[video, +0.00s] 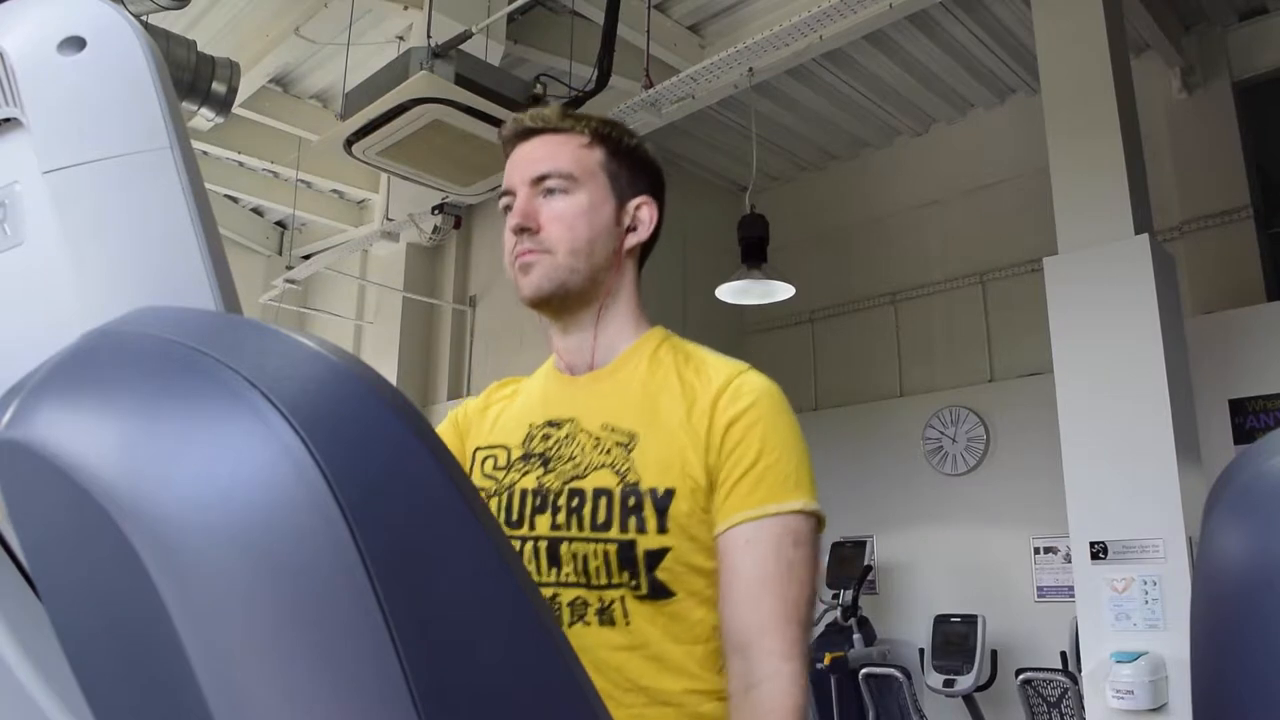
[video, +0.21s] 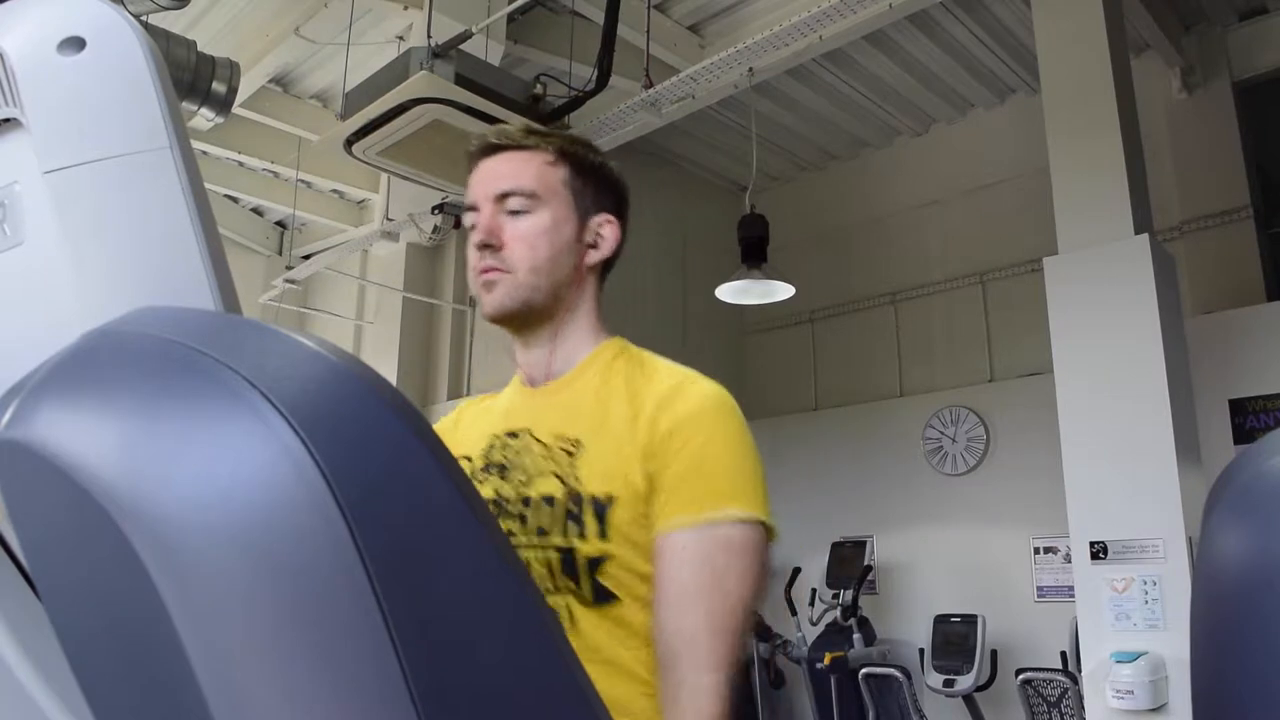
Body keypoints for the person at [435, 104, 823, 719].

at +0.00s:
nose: (517, 217)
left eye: (552, 190)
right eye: (508, 203)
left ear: (635, 222)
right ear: (503, 231)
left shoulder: (734, 405)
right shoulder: (465, 429)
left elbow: (766, 675)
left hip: (673, 704)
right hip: (490, 703)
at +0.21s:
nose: (481, 234)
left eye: (517, 208)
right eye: (473, 218)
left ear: (597, 239)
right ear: (464, 241)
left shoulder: (688, 414)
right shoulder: (451, 435)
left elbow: (696, 689)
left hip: (624, 706)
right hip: (460, 704)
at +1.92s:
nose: (471, 231)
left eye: (501, 200)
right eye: (457, 215)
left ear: (578, 220)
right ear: (451, 238)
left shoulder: (685, 381)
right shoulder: (434, 421)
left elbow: (740, 609)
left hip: (656, 702)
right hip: (477, 703)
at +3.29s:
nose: (541, 266)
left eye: (572, 240)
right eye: (519, 249)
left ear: (626, 271)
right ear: (503, 282)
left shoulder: (723, 423)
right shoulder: (460, 467)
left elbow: (805, 627)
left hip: (725, 707)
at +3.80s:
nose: (570, 254)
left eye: (604, 228)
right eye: (549, 236)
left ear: (661, 262)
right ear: (535, 272)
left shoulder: (757, 417)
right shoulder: (482, 461)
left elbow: (811, 662)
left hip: (727, 704)